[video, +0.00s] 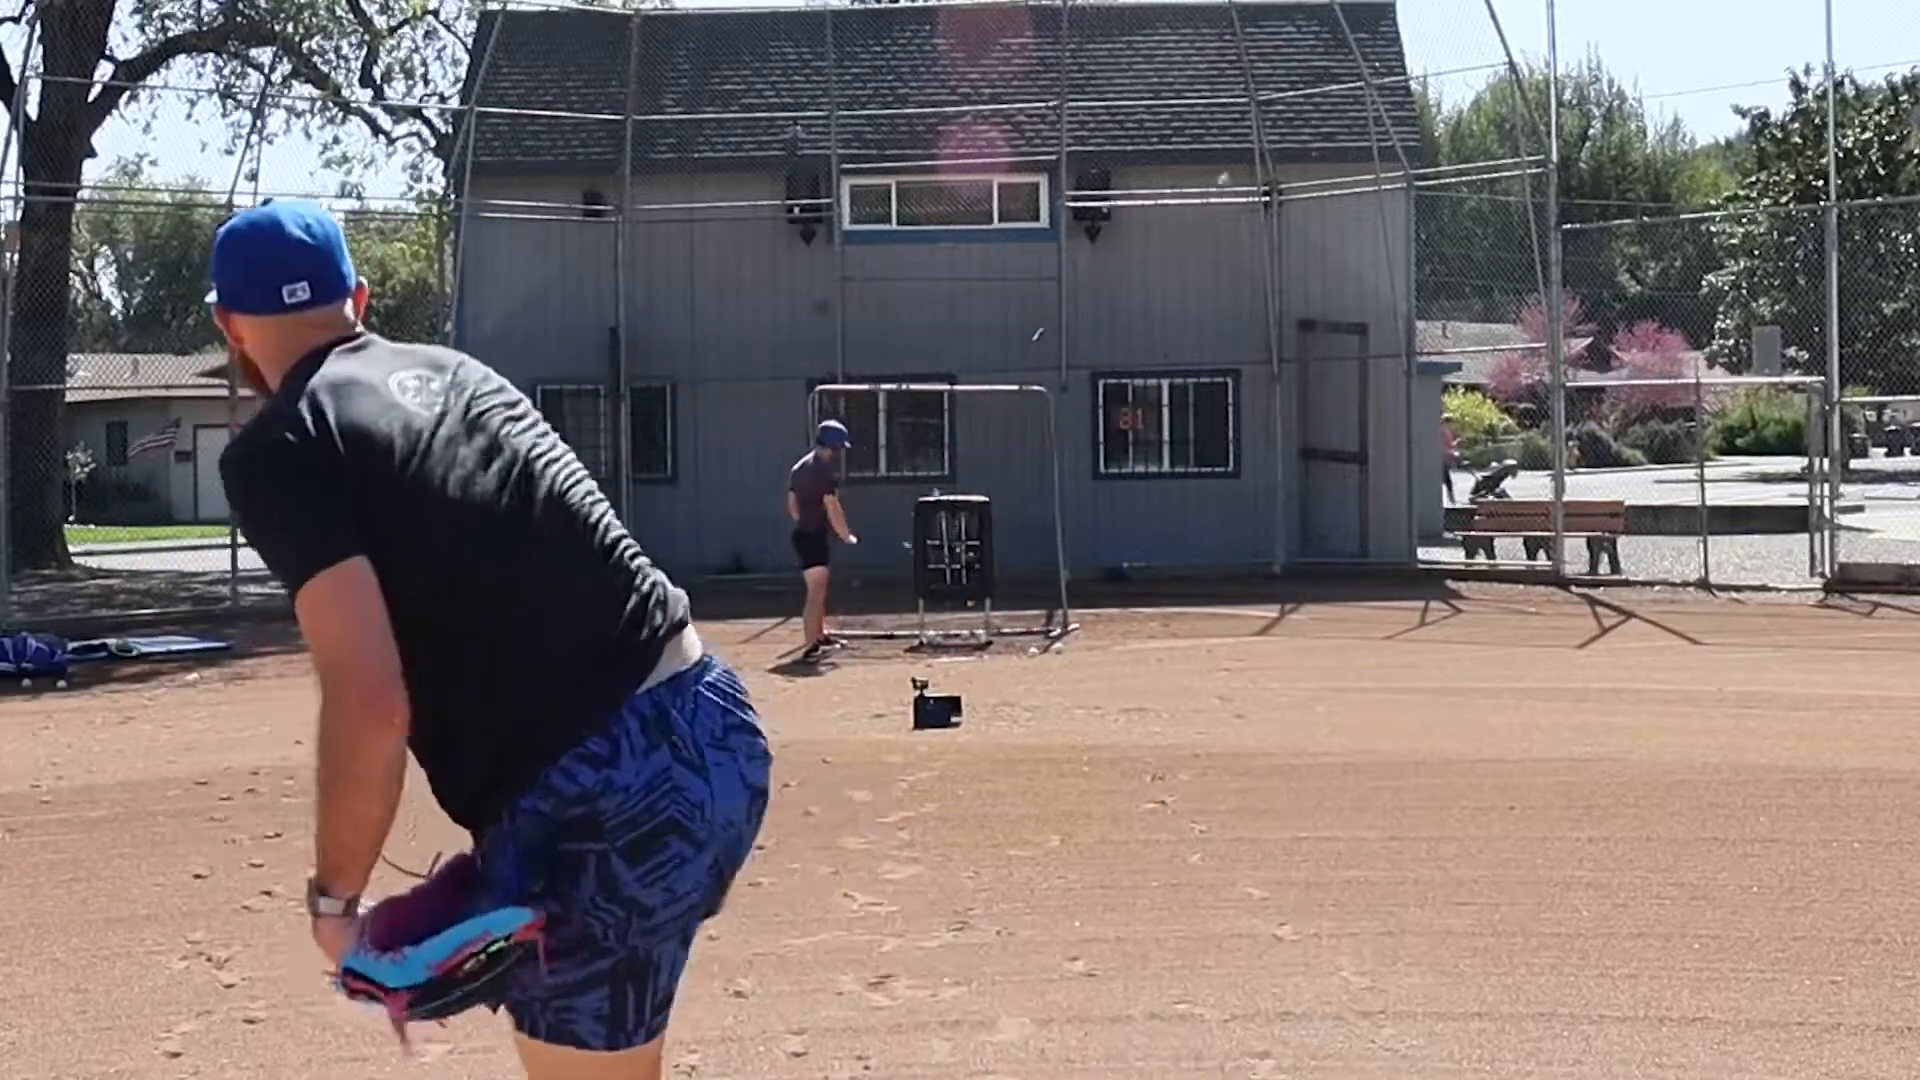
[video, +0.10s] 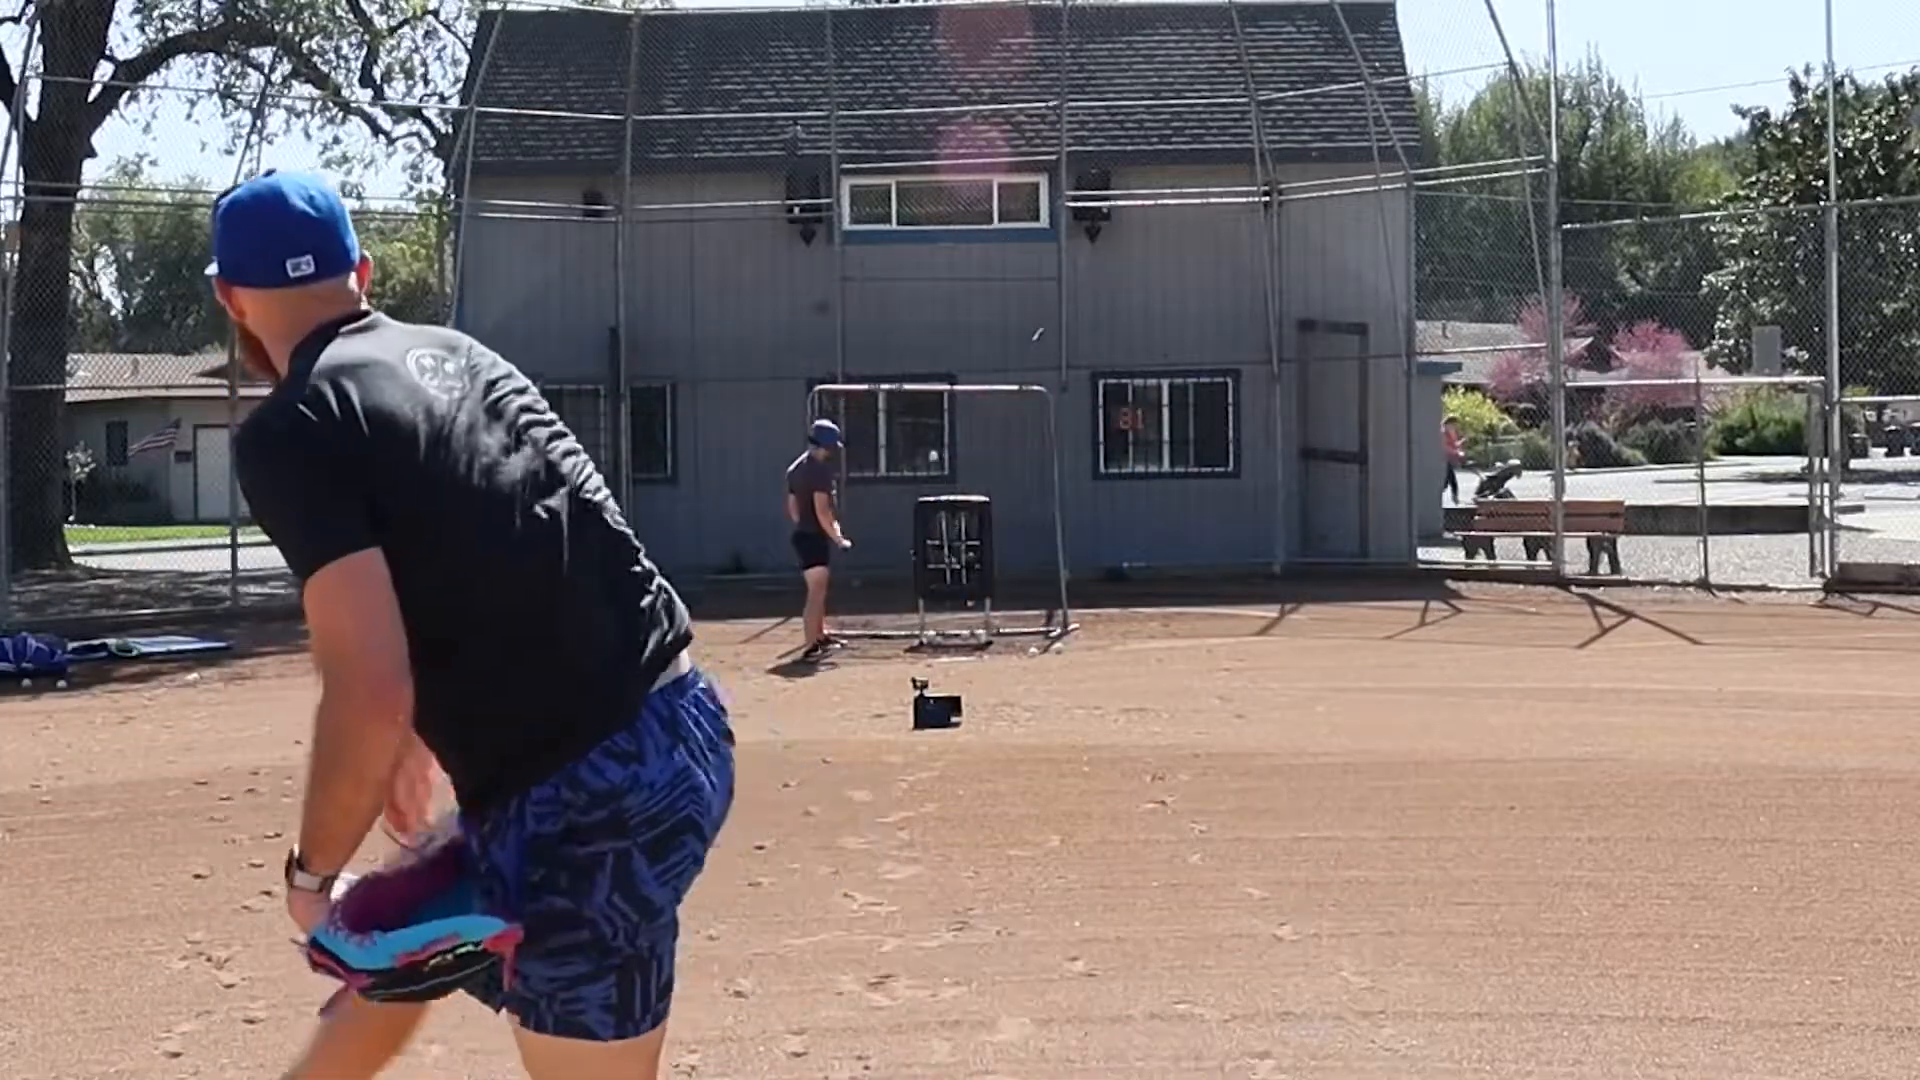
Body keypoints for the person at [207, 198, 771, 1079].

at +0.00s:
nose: (231, 343)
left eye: (225, 325)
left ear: (232, 330)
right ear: (359, 299)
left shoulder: (283, 442)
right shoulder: (452, 368)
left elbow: (370, 700)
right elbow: (547, 592)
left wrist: (335, 895)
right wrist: (506, 844)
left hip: (612, 788)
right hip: (709, 723)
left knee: (587, 1056)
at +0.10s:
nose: (229, 312)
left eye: (225, 293)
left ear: (233, 299)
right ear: (363, 273)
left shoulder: (294, 423)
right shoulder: (453, 352)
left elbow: (371, 688)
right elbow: (482, 560)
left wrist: (313, 873)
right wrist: (418, 731)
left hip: (590, 790)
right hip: (677, 716)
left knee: (590, 1058)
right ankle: (313, 1072)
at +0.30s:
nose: (448, 291)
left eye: (442, 263)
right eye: (435, 263)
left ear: (252, 282)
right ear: (382, 289)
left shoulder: (402, 448)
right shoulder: (146, 534)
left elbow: (663, 476)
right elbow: (12, 883)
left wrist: (891, 538)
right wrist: (292, 1050)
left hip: (350, 994)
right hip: (160, 1045)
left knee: (493, 1068)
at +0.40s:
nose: (550, 392)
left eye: (544, 366)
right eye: (542, 365)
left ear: (410, 390)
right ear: (495, 395)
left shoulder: (498, 520)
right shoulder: (255, 585)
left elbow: (716, 455)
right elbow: (13, 723)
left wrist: (939, 452)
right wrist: (177, 889)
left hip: (418, 1037)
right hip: (253, 1059)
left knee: (610, 1075)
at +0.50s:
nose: (605, 403)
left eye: (600, 380)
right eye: (597, 382)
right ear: (567, 411)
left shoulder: (535, 561)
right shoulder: (401, 577)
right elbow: (142, 697)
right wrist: (337, 500)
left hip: (547, 1044)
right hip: (411, 1052)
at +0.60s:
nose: (525, 479)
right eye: (521, 464)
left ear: (386, 511)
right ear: (511, 479)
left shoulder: (334, 709)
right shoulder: (614, 581)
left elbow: (272, 986)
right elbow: (846, 464)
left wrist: (353, 956)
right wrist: (742, 358)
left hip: (426, 1042)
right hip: (613, 1029)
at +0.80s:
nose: (318, 599)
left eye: (313, 587)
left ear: (323, 583)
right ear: (438, 550)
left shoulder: (344, 632)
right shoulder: (513, 601)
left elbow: (357, 801)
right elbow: (438, 927)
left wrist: (295, 921)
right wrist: (310, 1041)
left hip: (554, 847)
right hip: (724, 797)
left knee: (560, 1055)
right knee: (806, 1050)